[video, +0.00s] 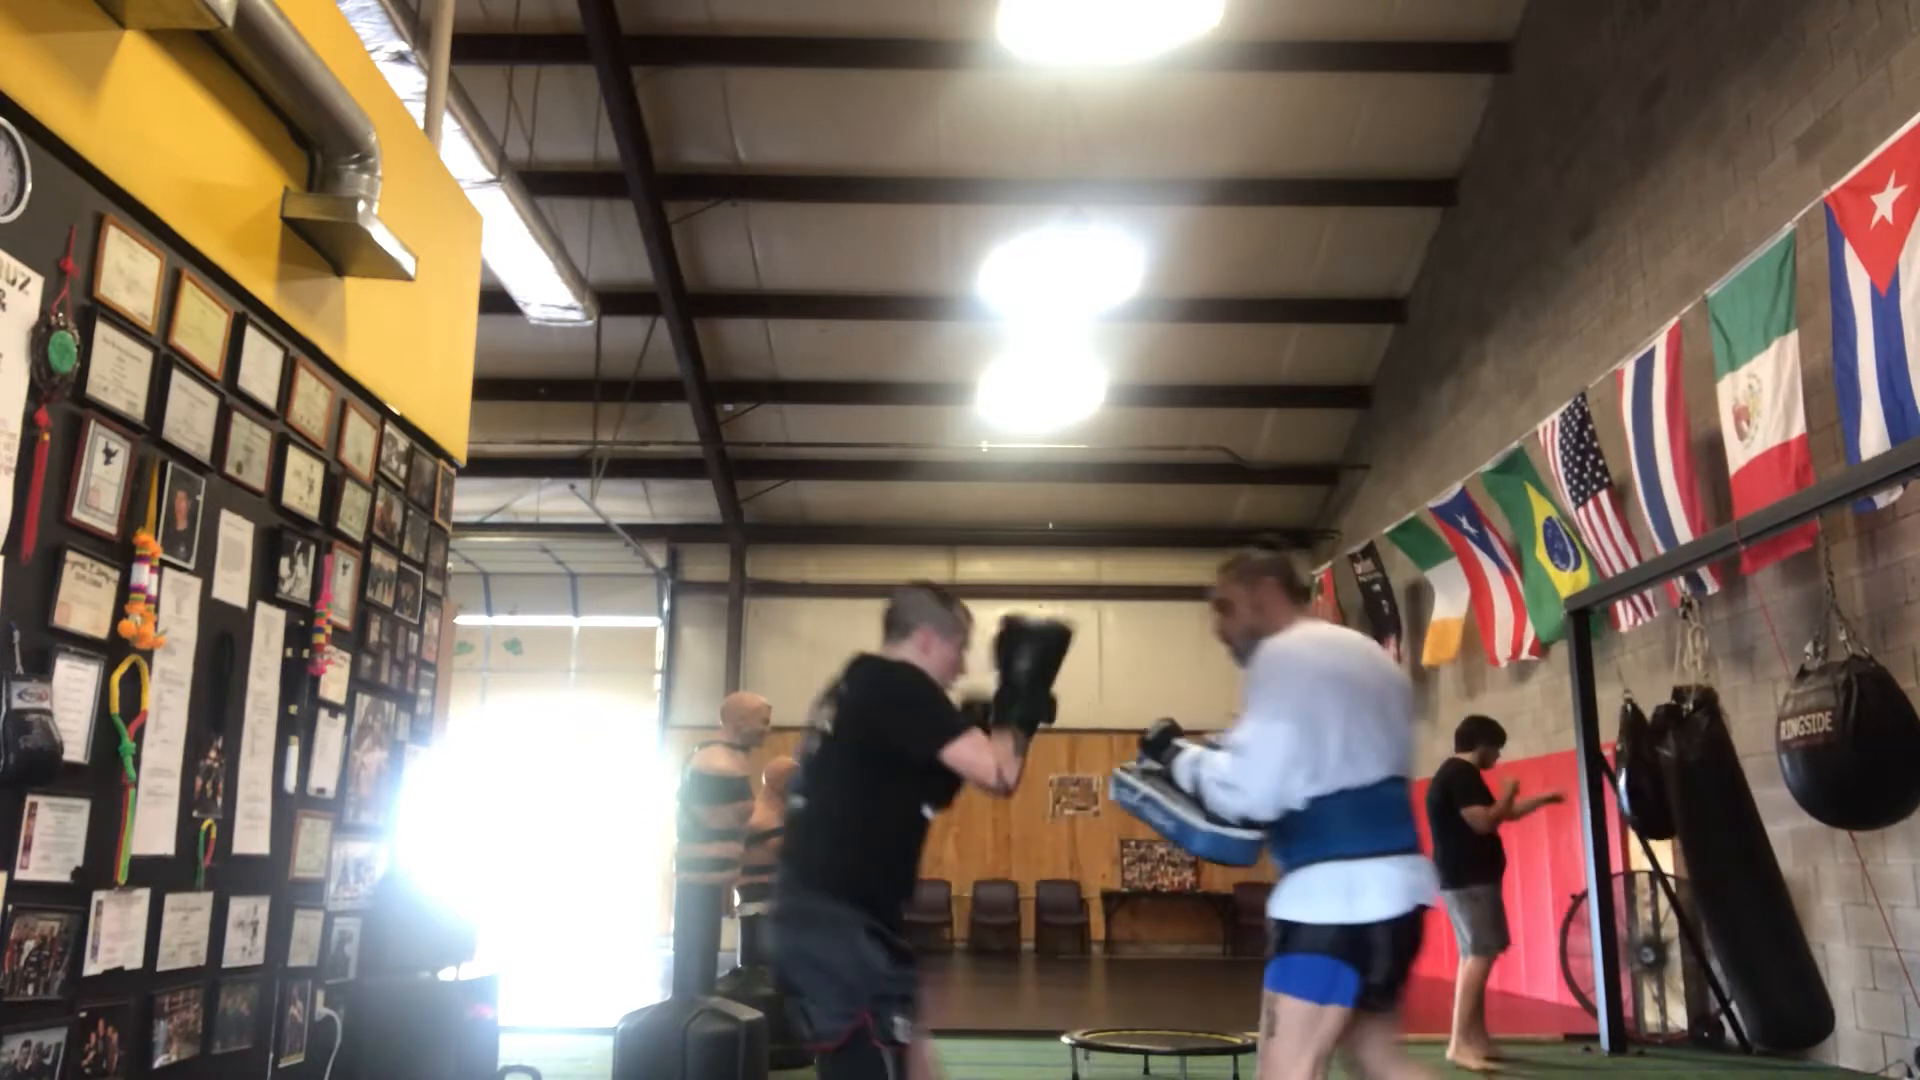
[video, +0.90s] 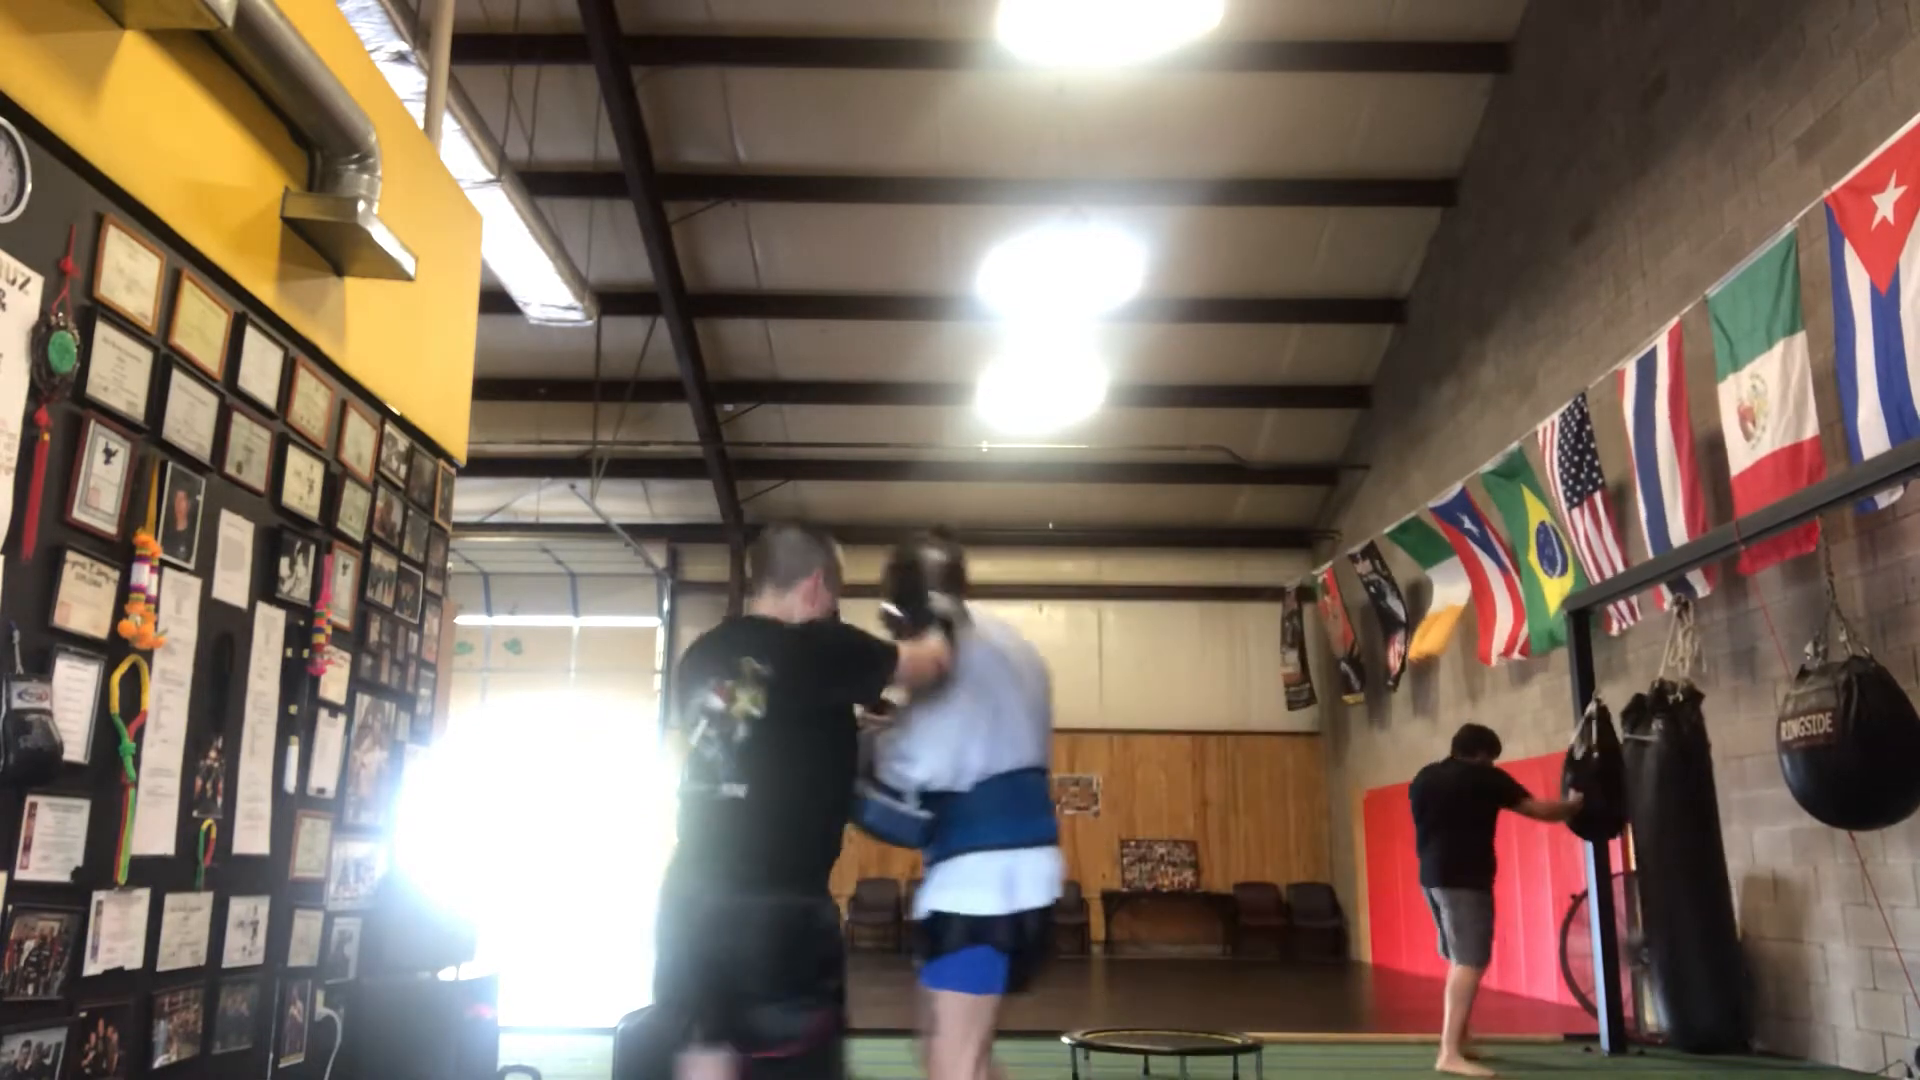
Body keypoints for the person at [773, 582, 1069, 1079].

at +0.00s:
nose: (962, 663)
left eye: (964, 650)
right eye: (959, 647)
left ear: (911, 636)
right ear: (926, 638)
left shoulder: (858, 683)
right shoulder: (897, 687)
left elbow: (934, 789)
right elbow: (1001, 773)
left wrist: (980, 724)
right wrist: (1019, 699)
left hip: (814, 921)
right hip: (845, 929)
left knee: (856, 1066)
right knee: (879, 1065)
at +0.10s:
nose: (925, 650)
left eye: (927, 636)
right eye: (923, 635)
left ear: (871, 625)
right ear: (893, 628)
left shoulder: (821, 672)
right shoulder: (873, 678)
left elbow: (923, 769)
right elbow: (980, 768)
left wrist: (972, 689)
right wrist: (1053, 733)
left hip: (752, 909)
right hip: (803, 918)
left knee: (777, 1065)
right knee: (869, 1068)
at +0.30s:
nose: (883, 630)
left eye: (883, 615)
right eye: (879, 614)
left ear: (841, 613)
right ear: (848, 612)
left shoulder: (856, 684)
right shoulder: (781, 685)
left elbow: (942, 718)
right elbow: (803, 811)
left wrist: (1024, 705)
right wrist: (885, 752)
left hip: (802, 928)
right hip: (751, 934)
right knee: (826, 1065)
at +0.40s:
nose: (880, 631)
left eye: (885, 617)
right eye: (882, 612)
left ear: (844, 591)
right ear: (850, 591)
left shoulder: (821, 662)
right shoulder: (779, 649)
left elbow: (861, 766)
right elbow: (858, 756)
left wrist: (911, 701)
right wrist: (919, 701)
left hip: (786, 886)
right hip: (747, 897)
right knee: (783, 1049)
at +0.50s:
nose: (866, 638)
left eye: (875, 623)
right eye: (872, 619)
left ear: (805, 589)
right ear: (851, 597)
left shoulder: (758, 645)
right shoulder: (796, 654)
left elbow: (816, 717)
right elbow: (887, 762)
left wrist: (881, 654)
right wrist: (941, 709)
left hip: (720, 896)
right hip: (752, 905)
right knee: (798, 1066)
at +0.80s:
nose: (835, 600)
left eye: (836, 587)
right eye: (834, 585)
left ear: (763, 574)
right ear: (813, 576)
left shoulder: (722, 647)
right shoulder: (811, 648)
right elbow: (913, 709)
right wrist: (942, 645)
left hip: (706, 891)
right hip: (773, 901)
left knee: (727, 1049)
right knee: (780, 1058)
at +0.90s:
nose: (833, 605)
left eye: (834, 592)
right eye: (834, 590)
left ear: (760, 580)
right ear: (814, 584)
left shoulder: (700, 653)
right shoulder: (827, 646)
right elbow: (926, 662)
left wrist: (839, 716)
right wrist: (941, 616)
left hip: (694, 912)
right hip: (786, 916)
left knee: (703, 1059)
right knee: (801, 1063)